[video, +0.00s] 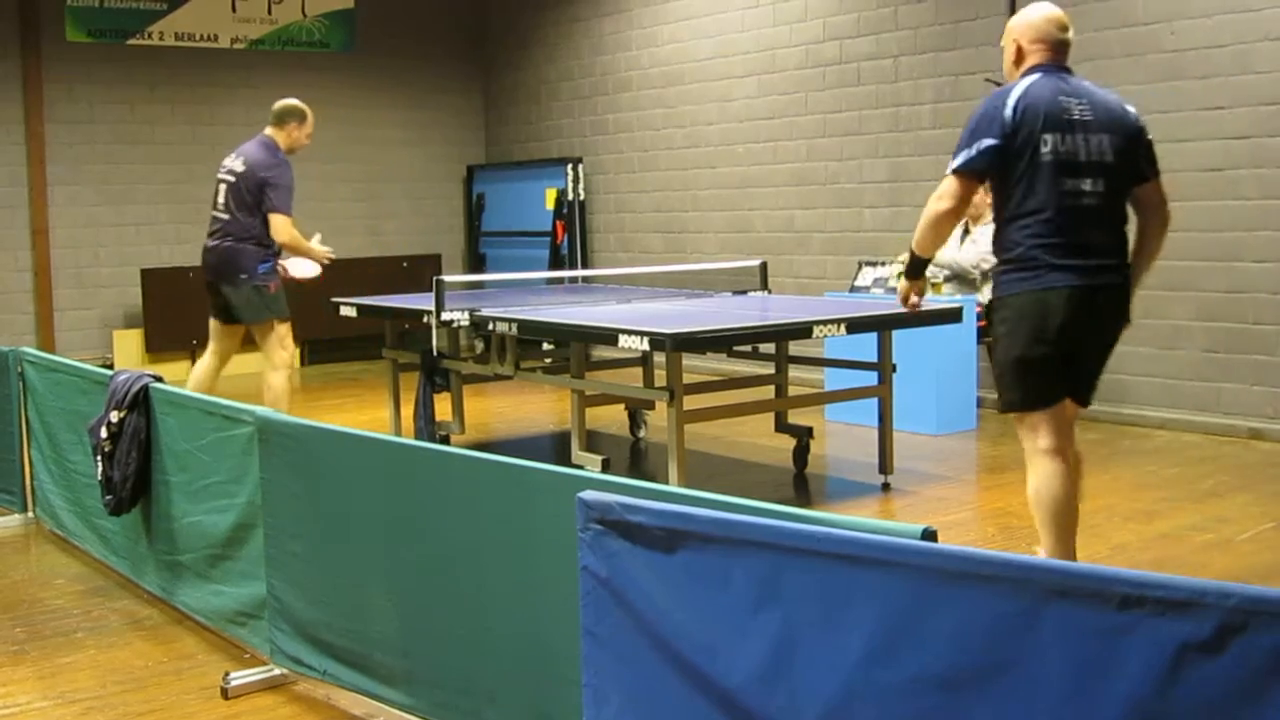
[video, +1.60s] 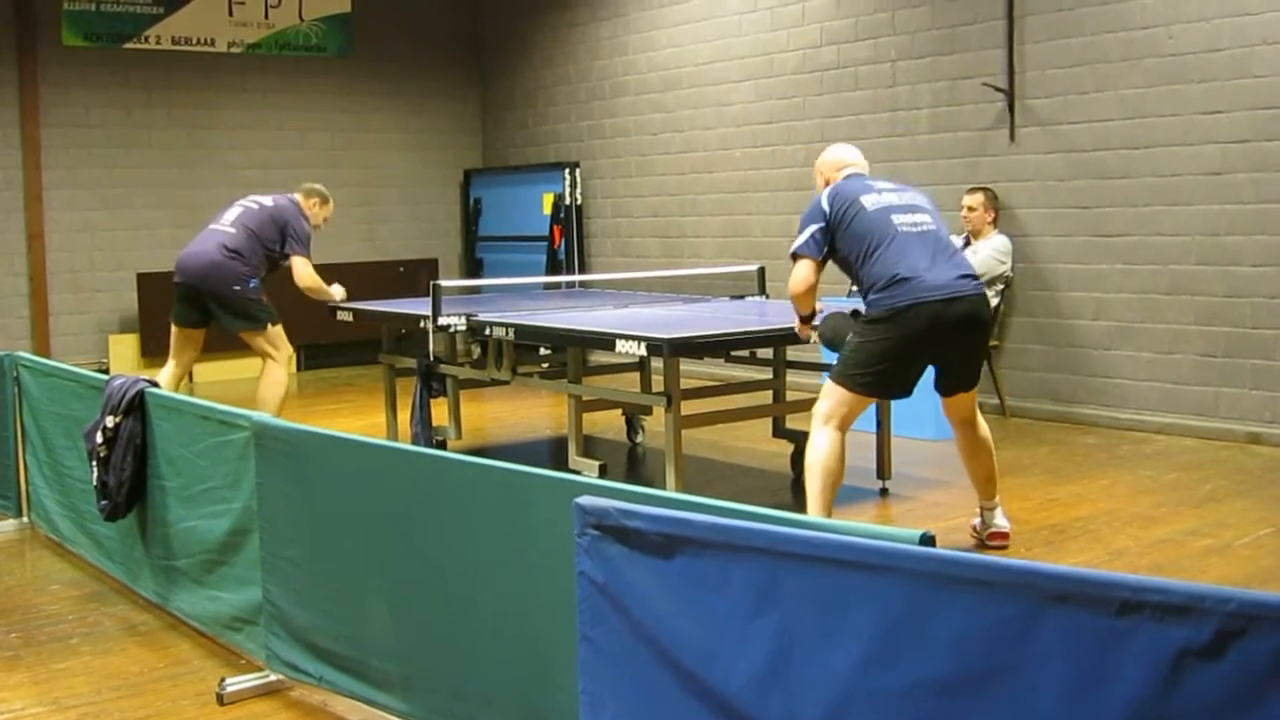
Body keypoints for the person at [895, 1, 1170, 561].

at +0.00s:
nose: (1004, 62)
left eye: (1006, 52)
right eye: (1006, 52)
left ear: (1018, 50)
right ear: (1064, 51)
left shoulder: (1006, 107)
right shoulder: (1118, 113)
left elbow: (950, 202)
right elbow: (1155, 214)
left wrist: (914, 269)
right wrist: (1128, 281)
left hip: (1031, 298)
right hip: (1104, 295)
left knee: (1045, 445)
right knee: (1059, 433)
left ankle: (1059, 578)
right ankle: (1059, 565)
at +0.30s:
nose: (968, 75)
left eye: (970, 66)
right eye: (970, 66)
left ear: (981, 65)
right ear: (1026, 67)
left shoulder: (973, 111)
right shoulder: (1071, 131)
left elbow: (926, 204)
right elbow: (1098, 230)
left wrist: (908, 265)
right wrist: (1092, 313)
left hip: (986, 296)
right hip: (1050, 297)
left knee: (985, 426)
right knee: (1008, 421)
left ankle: (1040, 552)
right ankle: (995, 539)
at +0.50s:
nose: (940, 74)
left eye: (943, 64)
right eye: (941, 66)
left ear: (957, 61)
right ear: (1002, 66)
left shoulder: (953, 102)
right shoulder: (1040, 124)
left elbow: (929, 181)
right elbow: (1067, 219)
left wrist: (905, 255)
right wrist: (1061, 299)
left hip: (964, 289)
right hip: (1029, 293)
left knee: (908, 407)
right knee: (998, 417)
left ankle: (952, 525)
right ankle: (995, 542)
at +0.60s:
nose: (926, 76)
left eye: (928, 66)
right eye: (927, 67)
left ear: (942, 62)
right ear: (984, 66)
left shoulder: (940, 102)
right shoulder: (1024, 122)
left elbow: (922, 175)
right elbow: (1048, 214)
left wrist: (901, 251)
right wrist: (1036, 280)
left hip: (951, 286)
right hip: (1016, 288)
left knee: (897, 409)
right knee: (995, 421)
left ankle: (885, 535)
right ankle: (998, 541)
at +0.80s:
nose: (888, 85)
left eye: (890, 77)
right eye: (889, 78)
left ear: (903, 75)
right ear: (944, 76)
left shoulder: (898, 116)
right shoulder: (986, 126)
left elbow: (875, 186)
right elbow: (1012, 213)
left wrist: (867, 254)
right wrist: (987, 264)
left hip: (921, 293)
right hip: (987, 292)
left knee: (870, 418)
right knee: (968, 422)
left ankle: (836, 533)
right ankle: (992, 538)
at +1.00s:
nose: (838, 109)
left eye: (840, 102)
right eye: (841, 102)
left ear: (850, 100)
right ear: (893, 98)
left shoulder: (838, 139)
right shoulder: (939, 136)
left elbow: (795, 212)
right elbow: (986, 214)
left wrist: (822, 271)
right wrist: (953, 263)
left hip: (886, 295)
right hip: (955, 291)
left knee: (839, 416)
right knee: (948, 393)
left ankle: (826, 532)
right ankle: (984, 505)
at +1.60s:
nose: (818, 187)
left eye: (817, 181)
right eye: (817, 181)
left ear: (826, 176)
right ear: (863, 168)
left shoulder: (826, 200)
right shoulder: (912, 192)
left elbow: (800, 286)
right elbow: (933, 255)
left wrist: (807, 317)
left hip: (901, 310)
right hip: (968, 303)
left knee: (829, 420)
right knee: (966, 413)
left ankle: (815, 535)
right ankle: (993, 517)